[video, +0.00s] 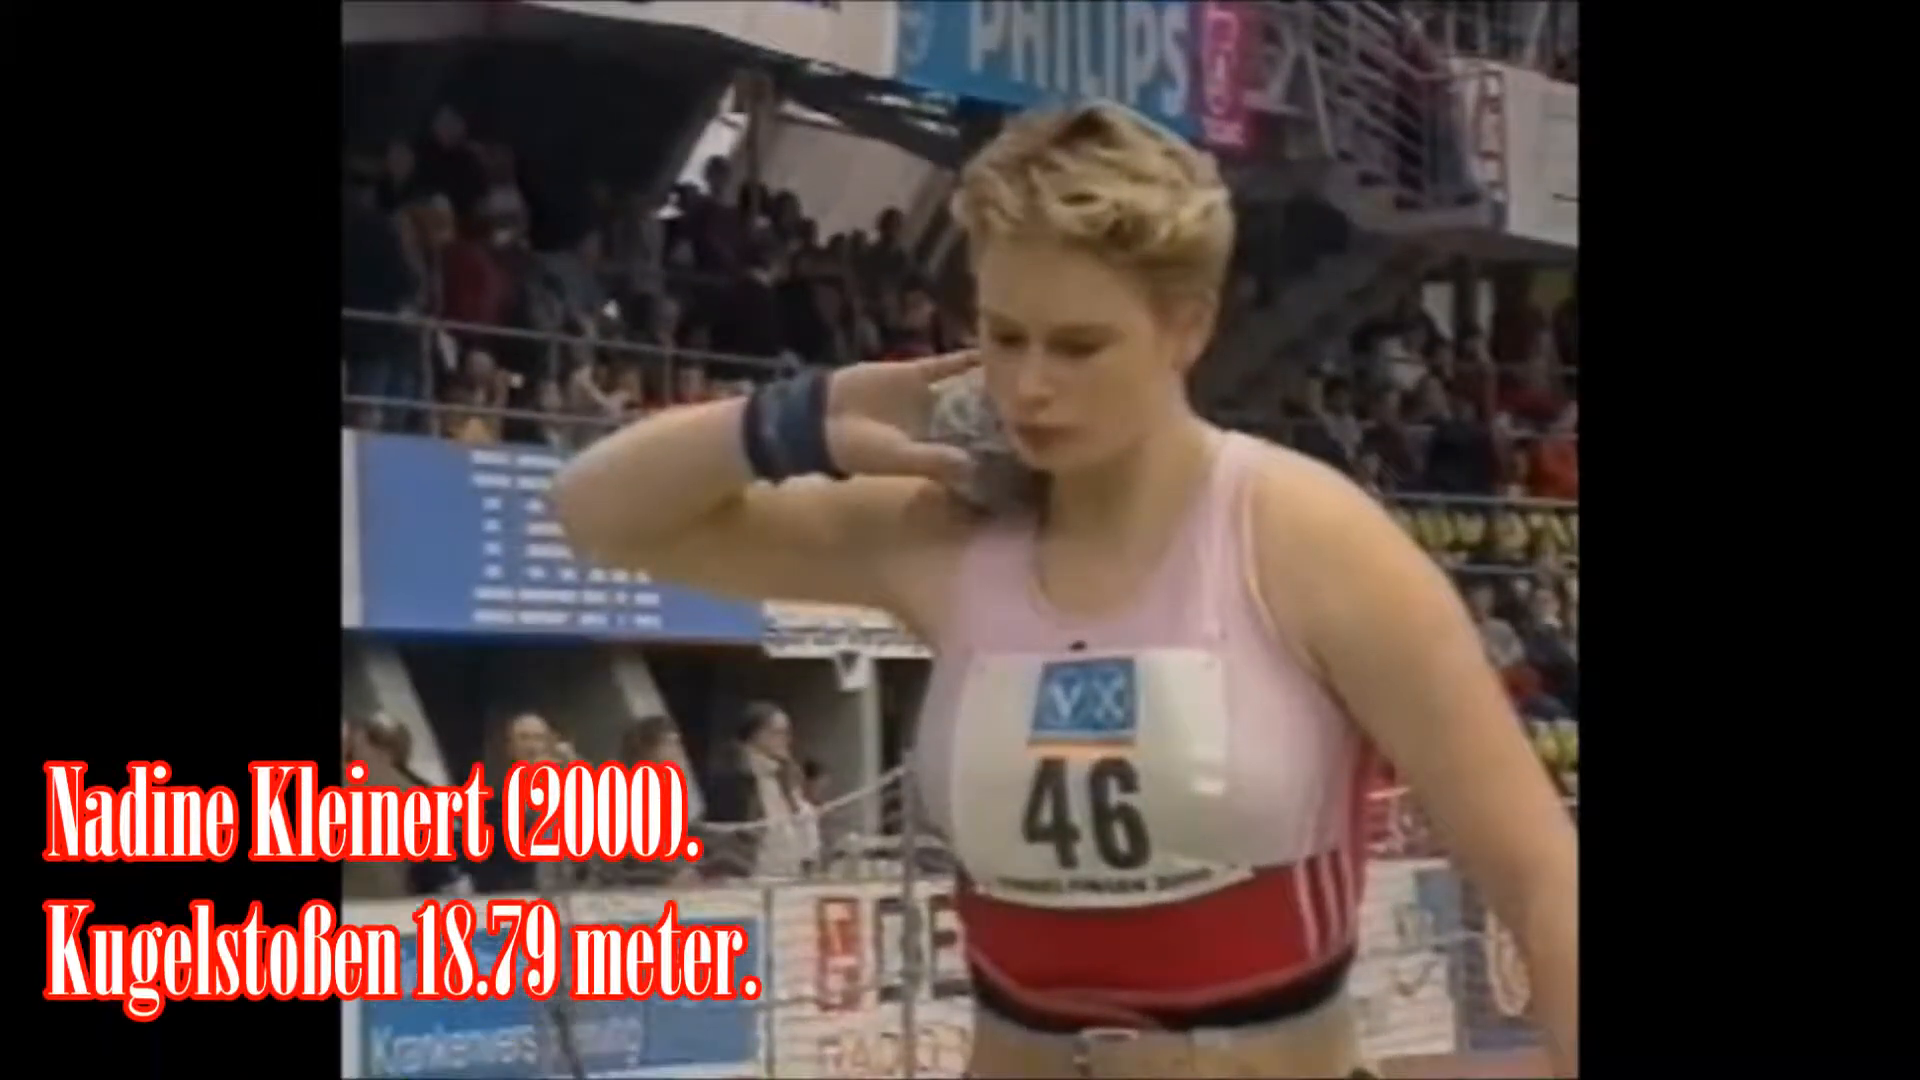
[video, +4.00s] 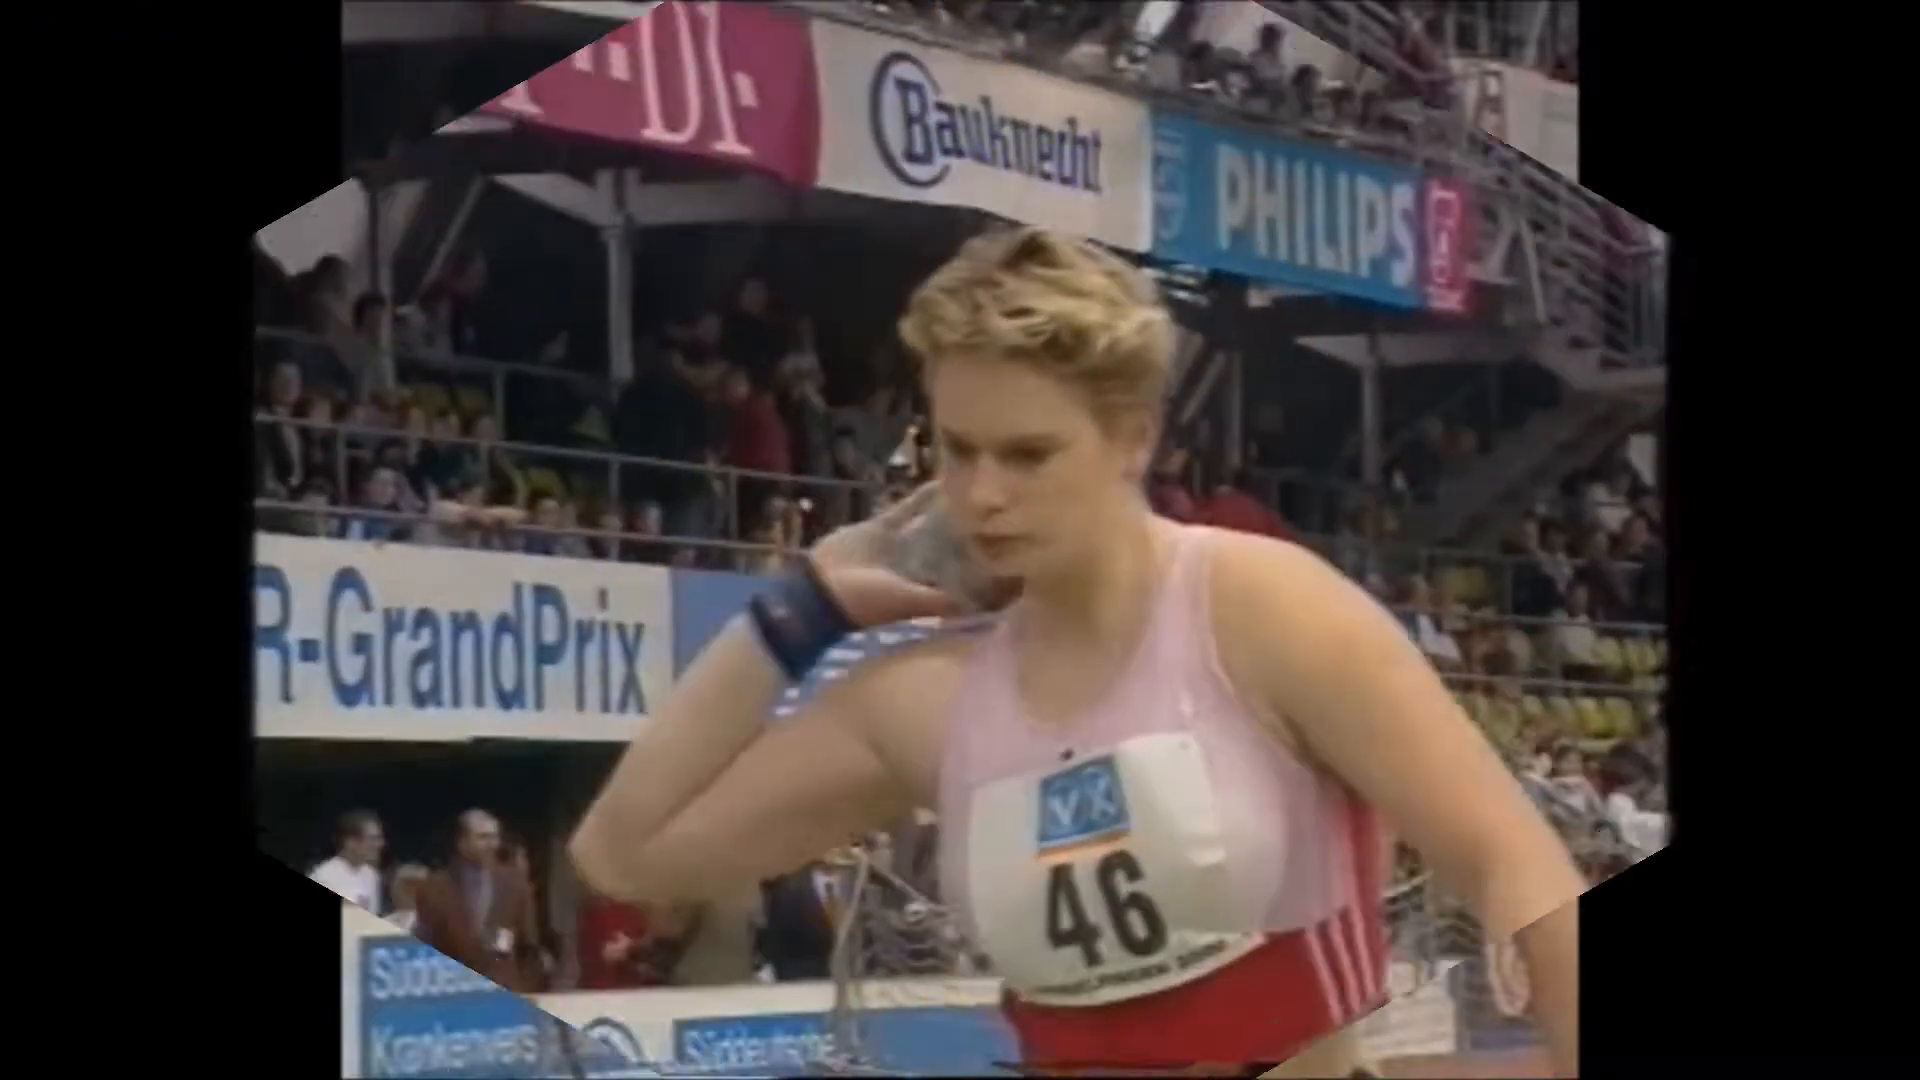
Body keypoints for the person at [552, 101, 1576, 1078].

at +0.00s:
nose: (1028, 387)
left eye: (1078, 345)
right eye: (1004, 339)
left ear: (1186, 329)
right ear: (974, 325)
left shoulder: (1303, 533)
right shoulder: (929, 535)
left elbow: (1538, 874)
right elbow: (600, 512)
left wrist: (1564, 1059)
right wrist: (812, 420)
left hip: (1268, 1054)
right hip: (1016, 1052)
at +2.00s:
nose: (1028, 387)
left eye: (1079, 345)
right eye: (1004, 338)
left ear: (1186, 328)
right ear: (974, 324)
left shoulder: (1302, 533)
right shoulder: (929, 534)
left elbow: (1538, 874)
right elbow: (601, 512)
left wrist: (1565, 1061)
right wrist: (810, 420)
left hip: (1269, 1054)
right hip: (1017, 1051)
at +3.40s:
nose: (1049, 381)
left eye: (1087, 344)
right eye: (1014, 338)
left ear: (1187, 326)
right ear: (970, 319)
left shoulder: (1312, 538)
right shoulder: (949, 539)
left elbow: (1539, 876)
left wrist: (1561, 1051)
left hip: (1269, 1050)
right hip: (1011, 1048)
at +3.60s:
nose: (835, 562)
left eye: (879, 513)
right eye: (802, 514)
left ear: (982, 481)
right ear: (771, 499)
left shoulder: (1149, 634)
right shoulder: (781, 743)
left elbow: (1410, 879)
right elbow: (560, 910)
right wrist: (608, 638)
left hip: (1221, 1067)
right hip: (946, 1064)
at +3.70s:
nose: (873, 549)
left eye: (914, 501)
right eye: (843, 503)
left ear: (1020, 475)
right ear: (813, 491)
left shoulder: (1178, 625)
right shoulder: (824, 735)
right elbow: (583, 953)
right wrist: (655, 653)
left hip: (1282, 1068)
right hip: (1006, 1073)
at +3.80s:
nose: (896, 534)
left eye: (939, 486)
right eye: (867, 490)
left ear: (1044, 459)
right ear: (835, 481)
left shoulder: (1193, 619)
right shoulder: (845, 723)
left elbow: (1521, 854)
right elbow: (591, 943)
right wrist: (702, 641)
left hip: (1281, 1058)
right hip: (1025, 1064)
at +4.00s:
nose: (981, 496)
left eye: (1027, 453)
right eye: (954, 453)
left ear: (1133, 439)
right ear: (929, 454)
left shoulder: (1260, 604)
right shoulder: (921, 705)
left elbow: (1519, 871)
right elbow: (623, 855)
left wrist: (1558, 1043)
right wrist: (801, 603)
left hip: (1315, 1052)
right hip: (1074, 1063)